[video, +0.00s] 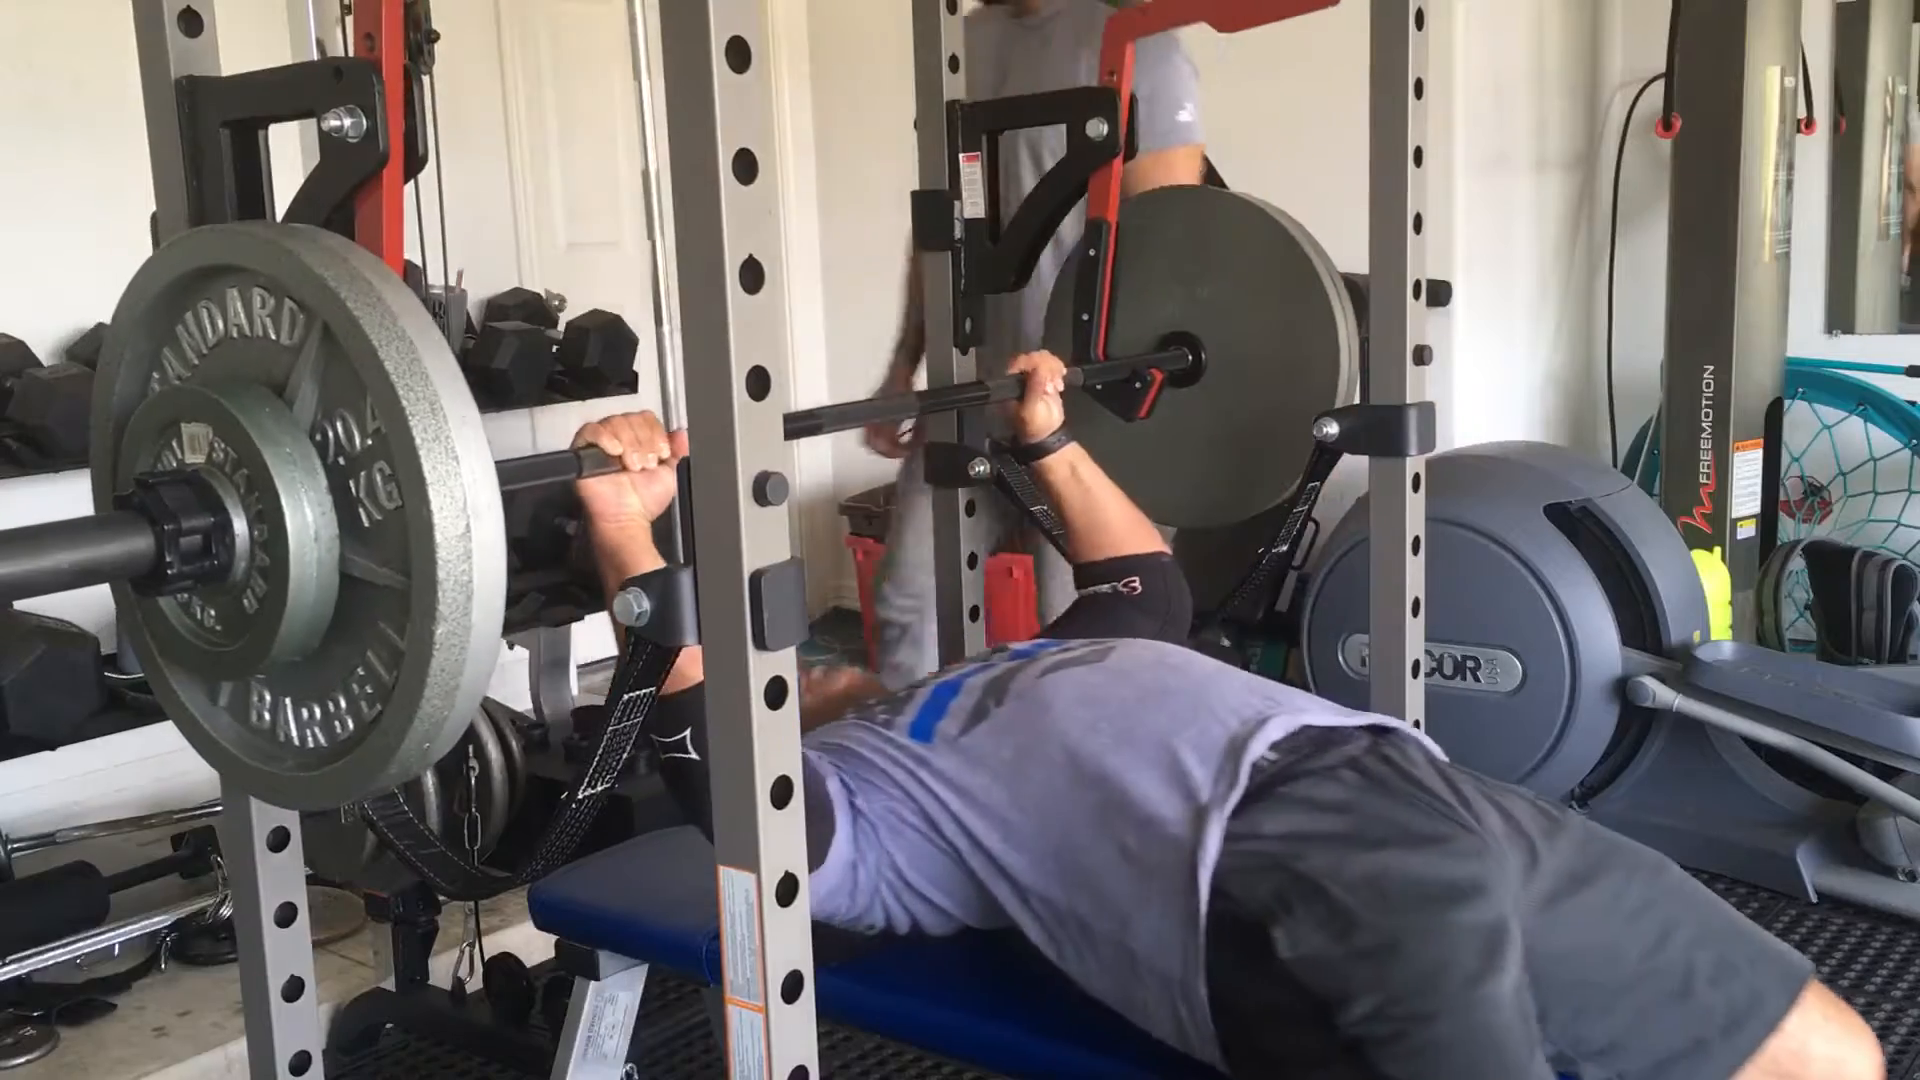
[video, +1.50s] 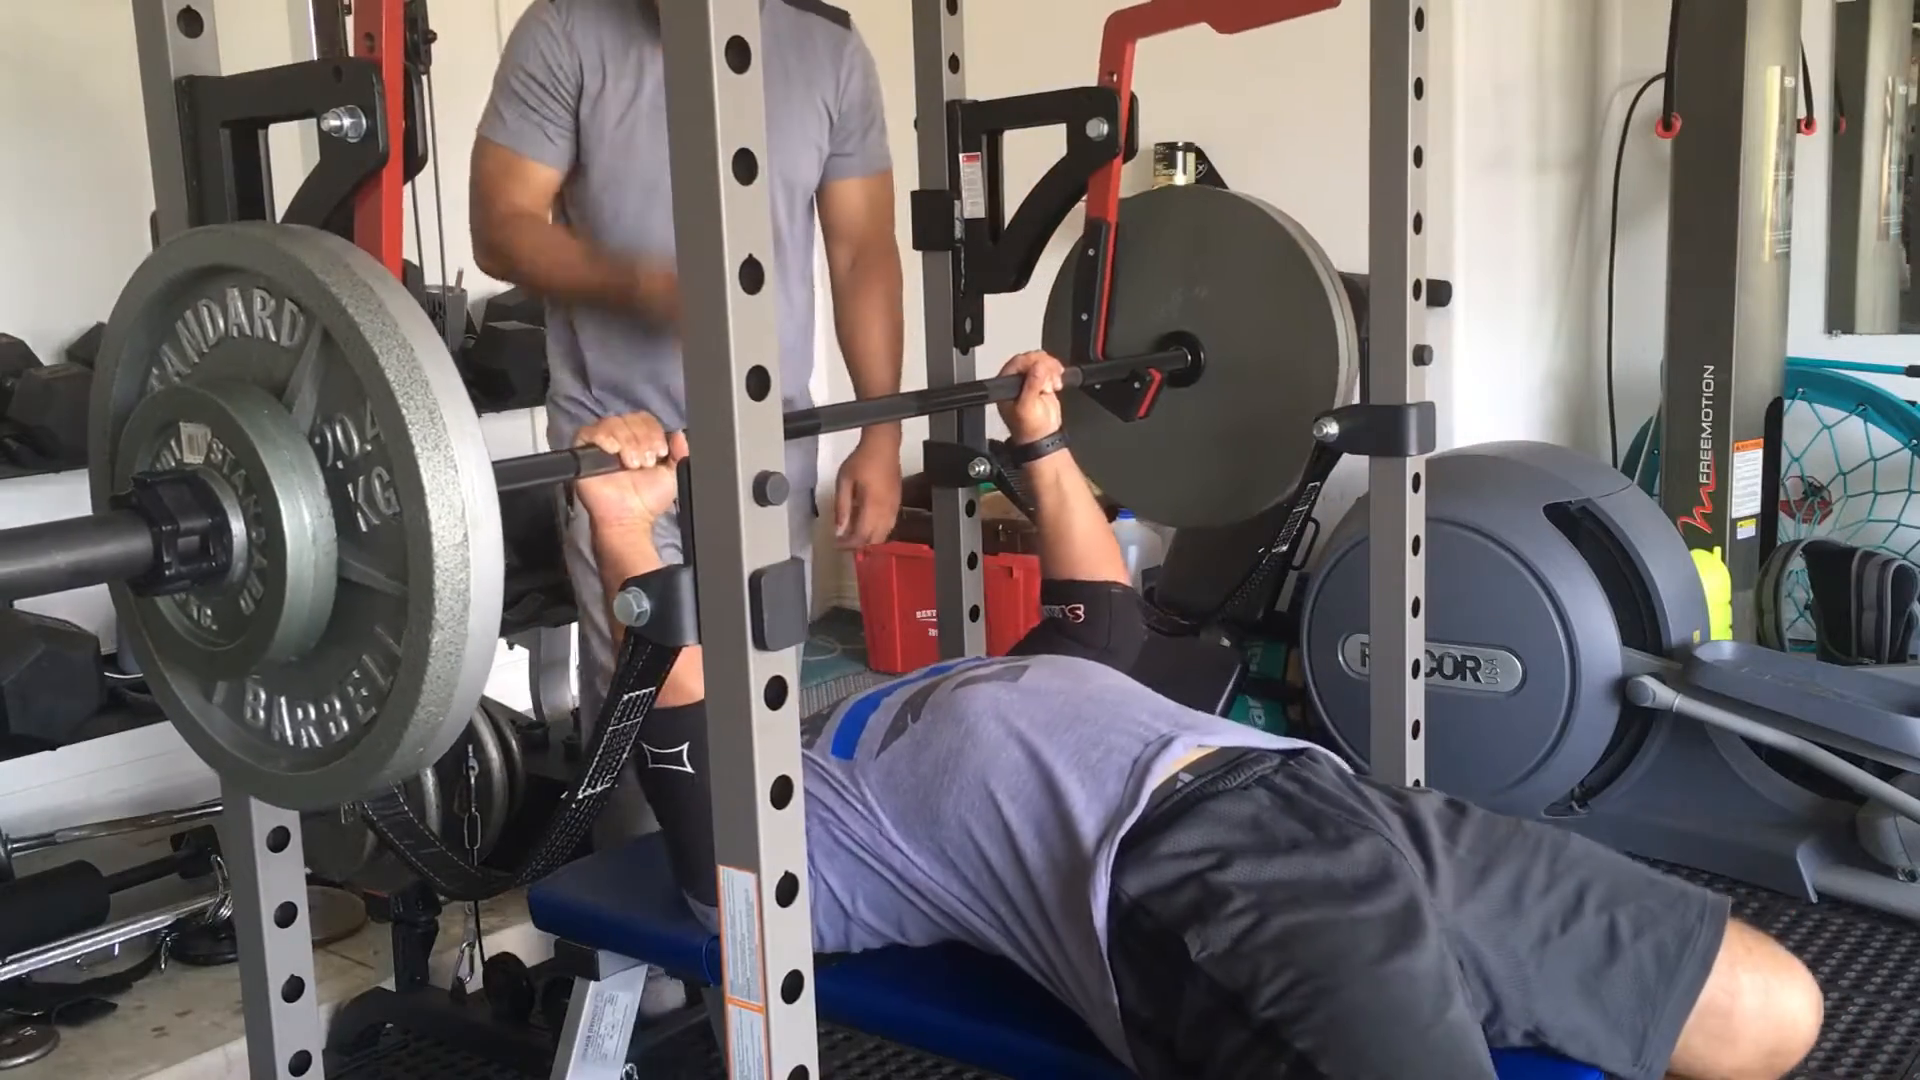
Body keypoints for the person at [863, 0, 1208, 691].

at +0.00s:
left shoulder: (1139, 44)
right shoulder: (961, 37)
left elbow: (1168, 257)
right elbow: (939, 216)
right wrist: (903, 366)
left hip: (1081, 391)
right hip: (965, 384)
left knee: (1083, 611)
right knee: (912, 600)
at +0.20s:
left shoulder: (1049, 51)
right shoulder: (860, 57)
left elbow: (1074, 241)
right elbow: (831, 233)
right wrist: (806, 392)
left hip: (1009, 436)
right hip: (874, 429)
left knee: (1026, 673)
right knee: (827, 668)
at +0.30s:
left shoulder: (988, 48)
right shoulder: (795, 58)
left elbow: (1042, 264)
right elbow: (774, 259)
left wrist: (1040, 413)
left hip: (943, 433)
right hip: (810, 428)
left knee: (991, 669)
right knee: (792, 669)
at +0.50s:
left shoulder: (890, 30)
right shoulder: (698, 55)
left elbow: (963, 214)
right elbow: (652, 207)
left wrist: (976, 377)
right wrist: (660, 262)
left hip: (870, 388)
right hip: (739, 403)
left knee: (832, 632)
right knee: (751, 641)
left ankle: (949, 767)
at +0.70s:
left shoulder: (856, 31)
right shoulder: (642, 38)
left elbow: (902, 223)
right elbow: (581, 238)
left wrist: (905, 401)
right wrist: (628, 138)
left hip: (823, 414)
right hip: (694, 420)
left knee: (796, 670)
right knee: (689, 667)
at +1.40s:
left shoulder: (833, 53)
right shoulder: (574, 31)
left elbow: (870, 257)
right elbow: (504, 233)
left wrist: (877, 433)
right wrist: (626, 178)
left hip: (776, 445)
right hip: (622, 445)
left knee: (767, 700)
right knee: (639, 706)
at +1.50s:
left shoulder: (830, 51)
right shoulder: (569, 31)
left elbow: (864, 252)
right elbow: (503, 229)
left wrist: (882, 429)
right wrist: (637, 284)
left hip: (772, 454)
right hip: (620, 455)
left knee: (765, 709)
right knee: (642, 715)